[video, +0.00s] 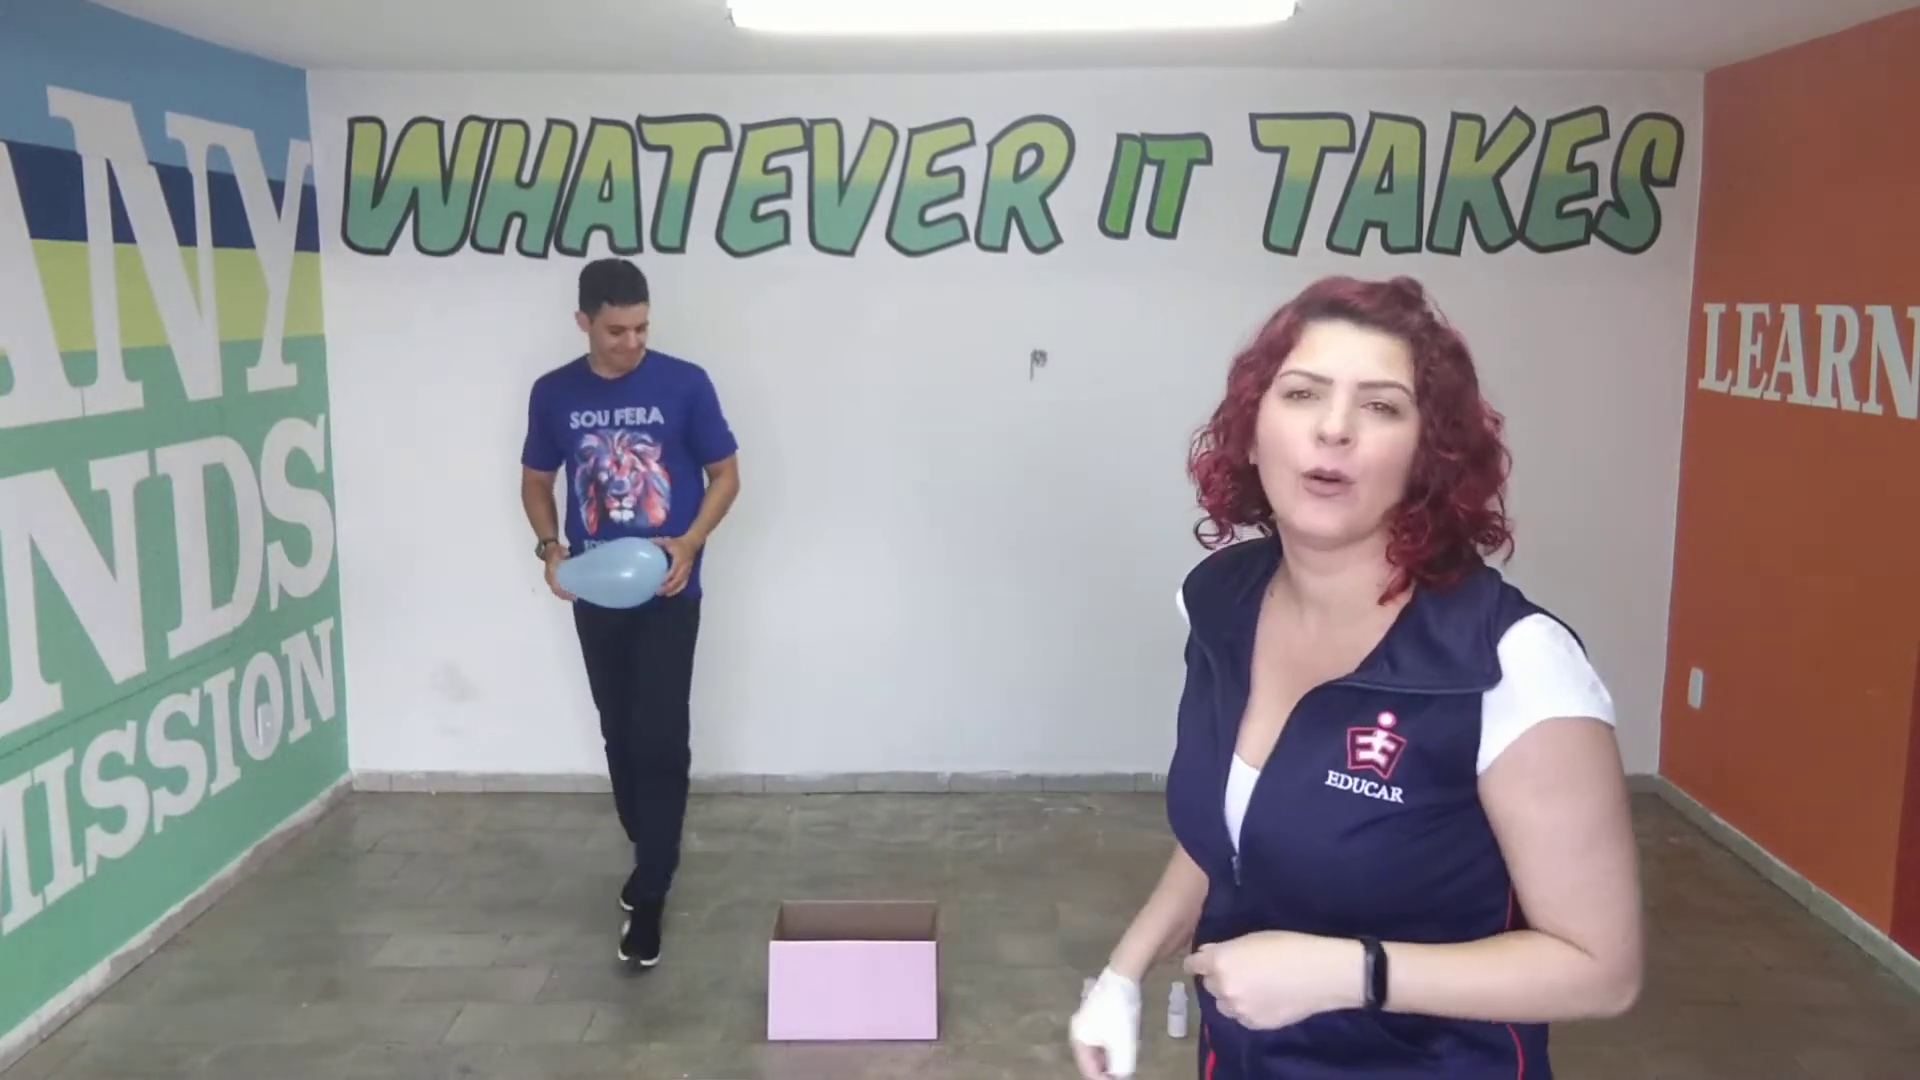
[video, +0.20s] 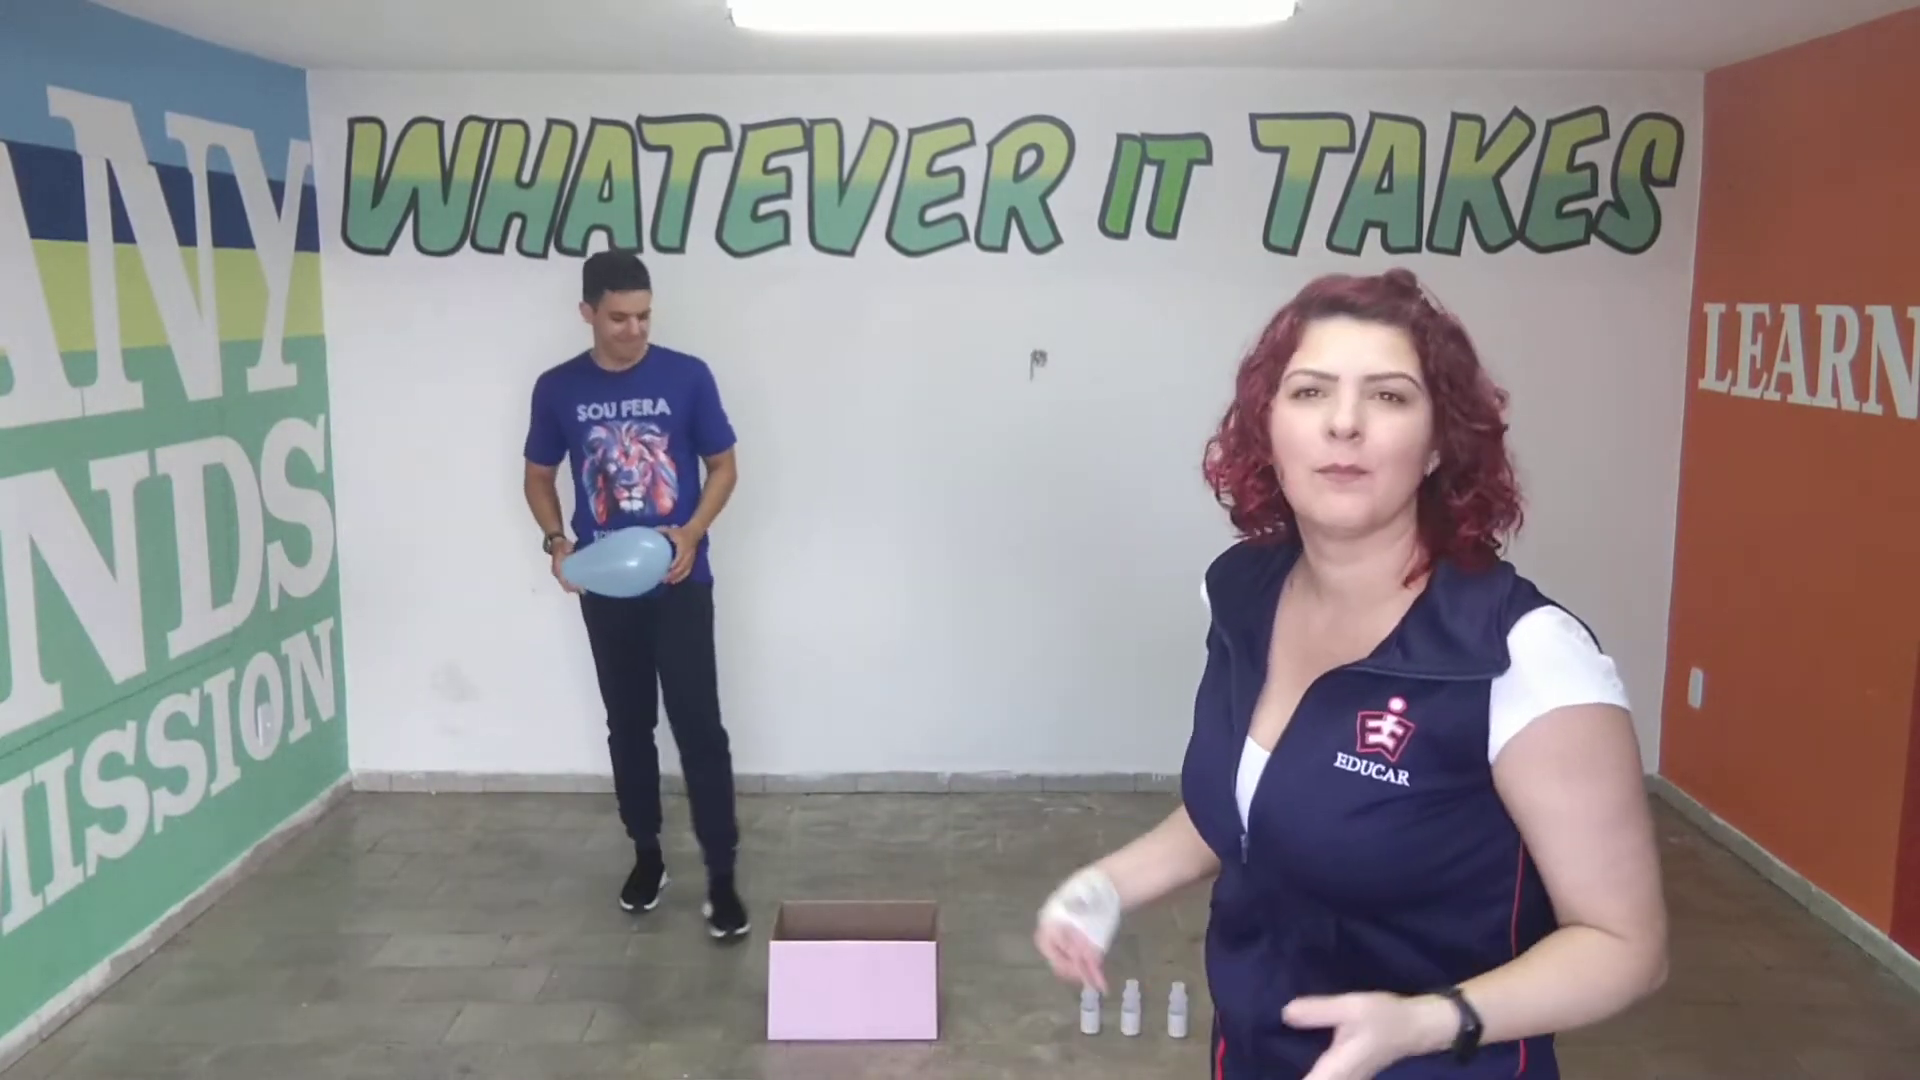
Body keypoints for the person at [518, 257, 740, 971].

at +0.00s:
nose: (630, 342)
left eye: (639, 329)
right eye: (616, 331)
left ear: (649, 319)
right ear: (585, 322)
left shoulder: (684, 384)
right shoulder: (554, 394)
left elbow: (726, 475)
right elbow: (536, 484)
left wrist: (693, 540)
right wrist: (551, 541)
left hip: (668, 588)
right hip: (596, 591)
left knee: (660, 734)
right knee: (619, 732)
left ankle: (650, 895)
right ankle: (648, 861)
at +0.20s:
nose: (631, 327)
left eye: (640, 314)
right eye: (617, 316)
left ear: (652, 310)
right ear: (588, 314)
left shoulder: (687, 377)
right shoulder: (558, 389)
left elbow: (724, 467)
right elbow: (538, 474)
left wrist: (696, 528)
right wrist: (557, 533)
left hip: (680, 580)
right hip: (605, 585)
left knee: (699, 726)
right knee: (628, 726)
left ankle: (721, 877)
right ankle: (645, 854)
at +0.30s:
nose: (637, 327)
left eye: (646, 313)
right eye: (622, 315)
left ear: (658, 308)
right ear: (593, 313)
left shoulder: (691, 376)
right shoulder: (561, 389)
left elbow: (726, 464)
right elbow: (538, 473)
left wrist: (702, 524)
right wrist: (559, 535)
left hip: (685, 580)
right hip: (608, 587)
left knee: (720, 719)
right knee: (629, 728)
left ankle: (755, 859)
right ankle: (646, 856)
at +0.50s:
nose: (653, 331)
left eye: (662, 317)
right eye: (639, 319)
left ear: (673, 309)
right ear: (609, 312)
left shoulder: (700, 376)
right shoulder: (572, 386)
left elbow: (730, 460)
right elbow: (539, 476)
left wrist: (727, 513)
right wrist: (576, 530)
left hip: (699, 576)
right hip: (621, 584)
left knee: (743, 701)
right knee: (634, 724)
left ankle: (769, 817)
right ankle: (646, 857)